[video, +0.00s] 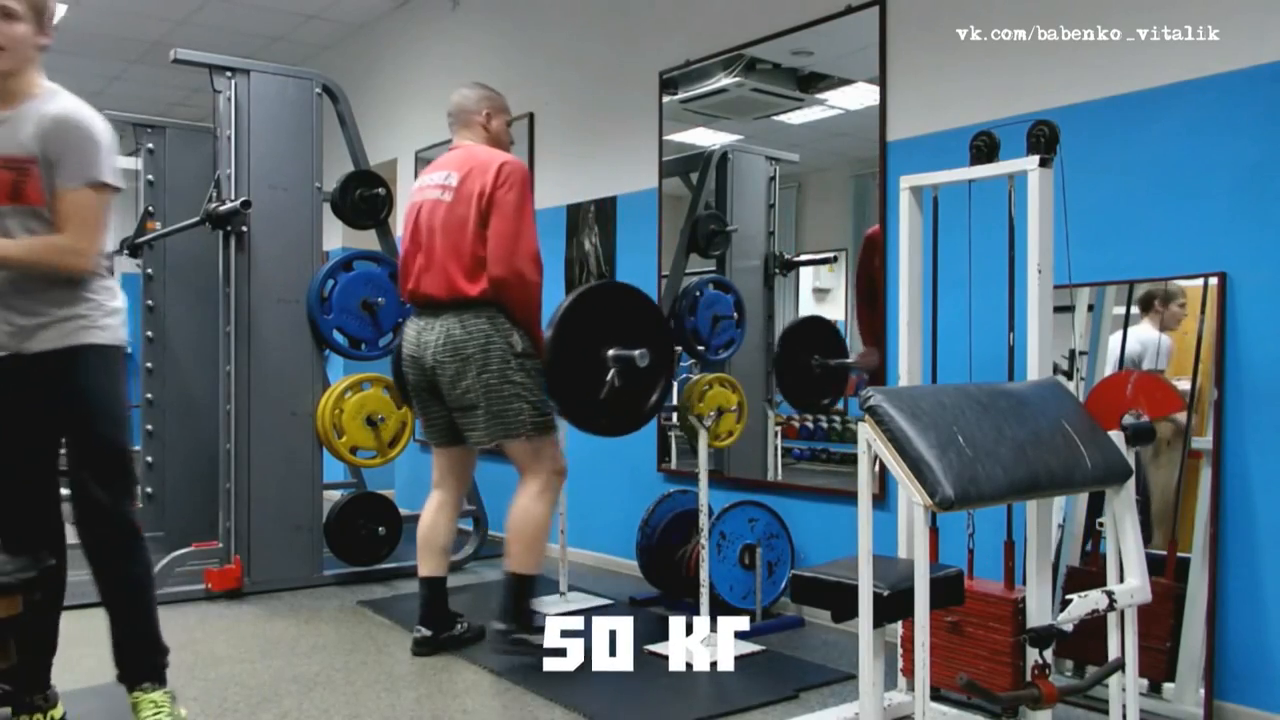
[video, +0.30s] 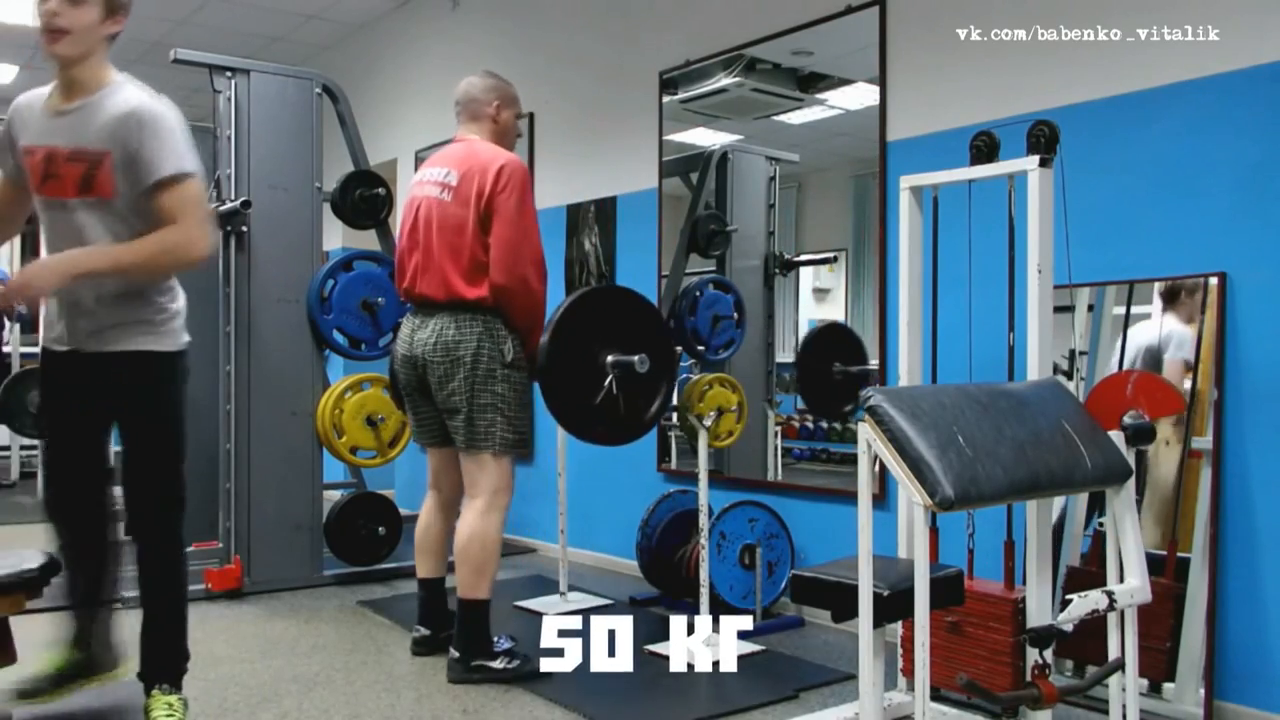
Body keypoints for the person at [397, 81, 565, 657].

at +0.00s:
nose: (509, 132)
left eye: (508, 123)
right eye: (507, 122)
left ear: (459, 122)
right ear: (486, 118)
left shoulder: (427, 177)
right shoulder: (504, 168)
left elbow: (408, 269)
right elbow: (511, 268)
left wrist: (438, 315)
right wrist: (532, 339)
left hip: (419, 333)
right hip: (480, 330)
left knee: (448, 479)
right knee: (542, 470)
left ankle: (434, 621)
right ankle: (516, 616)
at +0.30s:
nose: (516, 128)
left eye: (516, 119)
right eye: (515, 119)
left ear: (462, 112)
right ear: (498, 111)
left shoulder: (425, 169)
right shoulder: (504, 167)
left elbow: (404, 266)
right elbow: (514, 272)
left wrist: (435, 312)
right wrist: (529, 342)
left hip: (416, 332)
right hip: (477, 334)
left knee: (442, 487)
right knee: (486, 494)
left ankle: (431, 626)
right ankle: (474, 649)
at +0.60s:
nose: (514, 127)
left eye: (516, 118)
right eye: (513, 117)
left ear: (462, 106)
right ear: (492, 106)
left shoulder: (419, 163)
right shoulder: (494, 163)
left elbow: (398, 266)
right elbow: (504, 269)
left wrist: (432, 312)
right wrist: (522, 341)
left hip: (408, 331)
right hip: (467, 333)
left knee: (432, 479)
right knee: (480, 492)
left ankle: (405, 615)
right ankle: (473, 648)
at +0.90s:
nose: (476, 123)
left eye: (475, 113)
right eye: (470, 112)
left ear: (423, 113)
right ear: (445, 109)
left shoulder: (390, 168)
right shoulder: (462, 163)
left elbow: (376, 270)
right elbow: (477, 268)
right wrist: (504, 339)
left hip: (386, 331)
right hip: (444, 330)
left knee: (409, 484)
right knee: (483, 487)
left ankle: (400, 622)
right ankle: (475, 648)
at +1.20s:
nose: (452, 123)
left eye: (451, 113)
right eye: (449, 112)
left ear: (398, 113)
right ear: (425, 109)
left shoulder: (368, 171)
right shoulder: (439, 164)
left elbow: (361, 269)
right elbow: (460, 268)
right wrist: (490, 329)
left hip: (376, 336)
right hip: (434, 333)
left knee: (410, 483)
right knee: (463, 489)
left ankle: (400, 622)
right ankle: (469, 649)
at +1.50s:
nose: (453, 122)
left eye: (451, 112)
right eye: (450, 111)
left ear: (399, 112)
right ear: (427, 108)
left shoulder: (368, 171)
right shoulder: (438, 164)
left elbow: (360, 271)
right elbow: (464, 270)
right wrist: (498, 341)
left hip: (378, 338)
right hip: (436, 333)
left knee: (412, 482)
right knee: (472, 488)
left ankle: (400, 621)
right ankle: (470, 650)